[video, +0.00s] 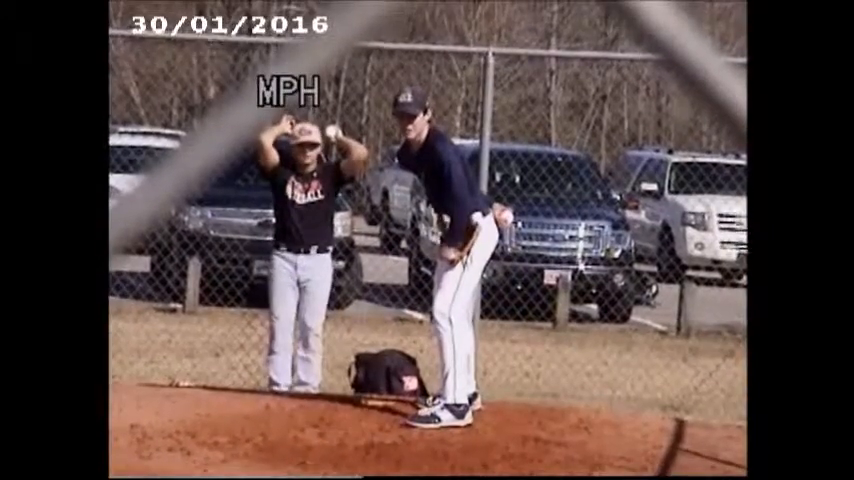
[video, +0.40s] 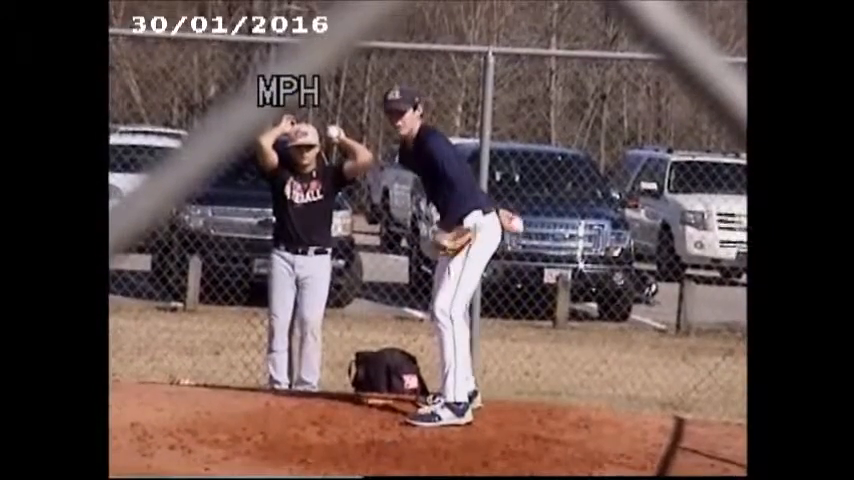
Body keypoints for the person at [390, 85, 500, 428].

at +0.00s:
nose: (407, 124)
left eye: (413, 117)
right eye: (402, 118)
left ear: (428, 116)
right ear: (396, 119)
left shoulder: (441, 149)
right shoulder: (409, 151)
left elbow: (461, 200)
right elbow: (442, 186)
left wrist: (455, 243)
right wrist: (488, 207)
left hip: (475, 225)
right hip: (457, 225)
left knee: (445, 312)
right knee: (456, 313)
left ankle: (456, 401)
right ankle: (465, 391)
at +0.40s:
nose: (397, 120)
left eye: (403, 113)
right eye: (392, 115)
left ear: (418, 111)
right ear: (389, 118)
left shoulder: (432, 141)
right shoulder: (411, 149)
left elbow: (460, 185)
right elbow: (455, 186)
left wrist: (444, 228)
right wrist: (493, 211)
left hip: (477, 224)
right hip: (459, 226)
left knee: (447, 310)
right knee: (444, 310)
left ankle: (456, 400)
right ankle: (463, 389)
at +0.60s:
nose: (395, 121)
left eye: (400, 114)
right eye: (392, 116)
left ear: (418, 110)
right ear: (392, 118)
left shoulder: (427, 140)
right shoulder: (420, 143)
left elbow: (446, 191)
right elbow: (445, 194)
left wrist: (422, 226)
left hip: (479, 226)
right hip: (464, 228)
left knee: (445, 311)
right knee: (431, 311)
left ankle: (457, 400)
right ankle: (461, 388)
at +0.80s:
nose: (407, 112)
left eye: (412, 105)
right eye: (404, 107)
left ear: (430, 103)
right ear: (407, 108)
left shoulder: (428, 133)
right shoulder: (440, 134)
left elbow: (429, 187)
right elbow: (447, 204)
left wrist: (399, 213)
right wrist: (410, 224)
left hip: (476, 222)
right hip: (473, 222)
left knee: (446, 308)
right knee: (430, 308)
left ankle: (452, 393)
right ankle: (461, 387)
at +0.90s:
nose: (414, 109)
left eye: (419, 102)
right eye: (412, 104)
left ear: (438, 100)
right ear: (436, 103)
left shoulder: (432, 130)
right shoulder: (453, 127)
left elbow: (422, 185)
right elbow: (434, 183)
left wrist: (388, 186)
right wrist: (392, 181)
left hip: (474, 221)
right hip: (485, 219)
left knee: (442, 306)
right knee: (432, 308)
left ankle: (457, 391)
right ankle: (458, 388)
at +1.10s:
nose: (422, 98)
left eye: (427, 92)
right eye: (419, 93)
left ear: (446, 90)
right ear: (424, 95)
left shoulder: (434, 121)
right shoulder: (456, 121)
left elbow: (400, 163)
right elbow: (415, 153)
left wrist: (381, 136)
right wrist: (395, 126)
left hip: (472, 219)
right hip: (482, 218)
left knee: (438, 305)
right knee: (440, 305)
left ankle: (456, 394)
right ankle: (462, 390)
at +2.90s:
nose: (427, 111)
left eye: (431, 103)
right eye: (424, 105)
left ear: (450, 96)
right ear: (447, 100)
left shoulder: (443, 128)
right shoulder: (467, 121)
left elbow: (403, 168)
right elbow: (434, 131)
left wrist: (391, 134)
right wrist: (408, 118)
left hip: (474, 219)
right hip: (490, 218)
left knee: (433, 298)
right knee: (443, 302)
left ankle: (451, 386)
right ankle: (463, 386)